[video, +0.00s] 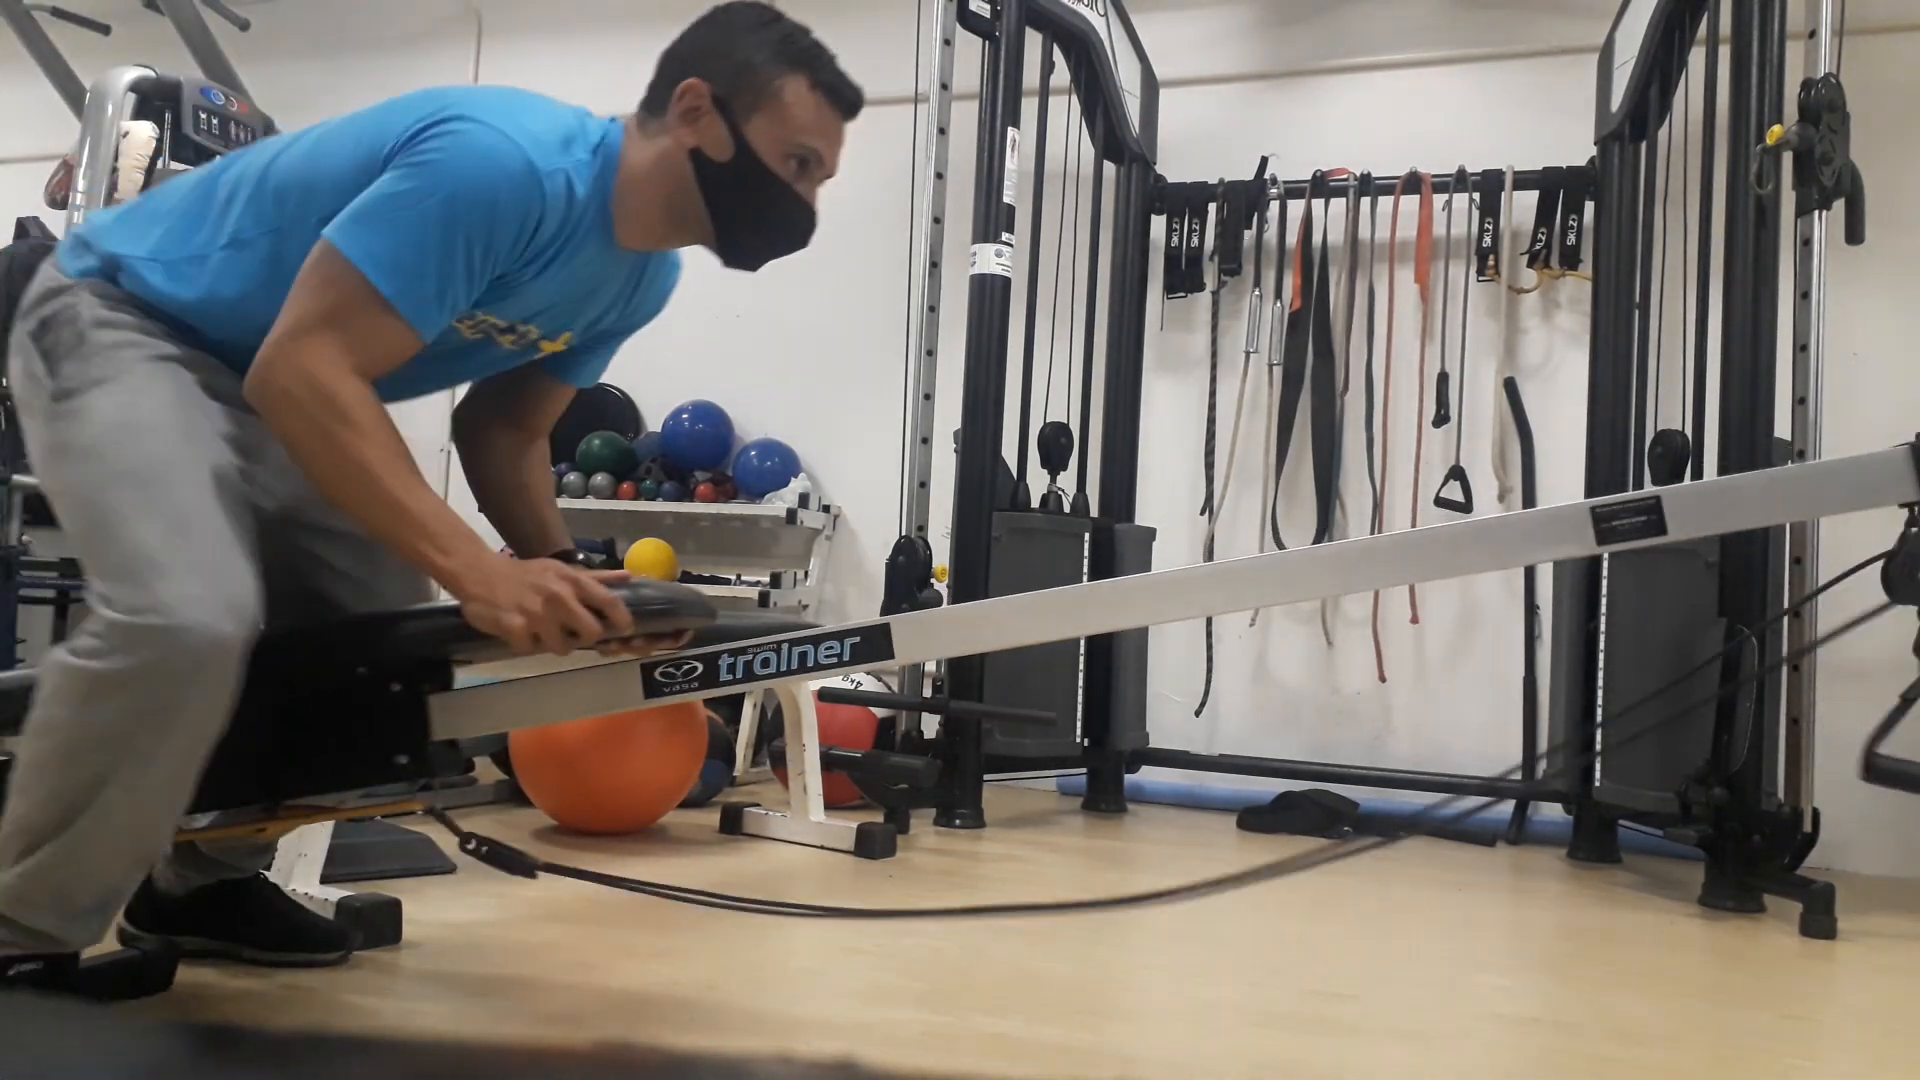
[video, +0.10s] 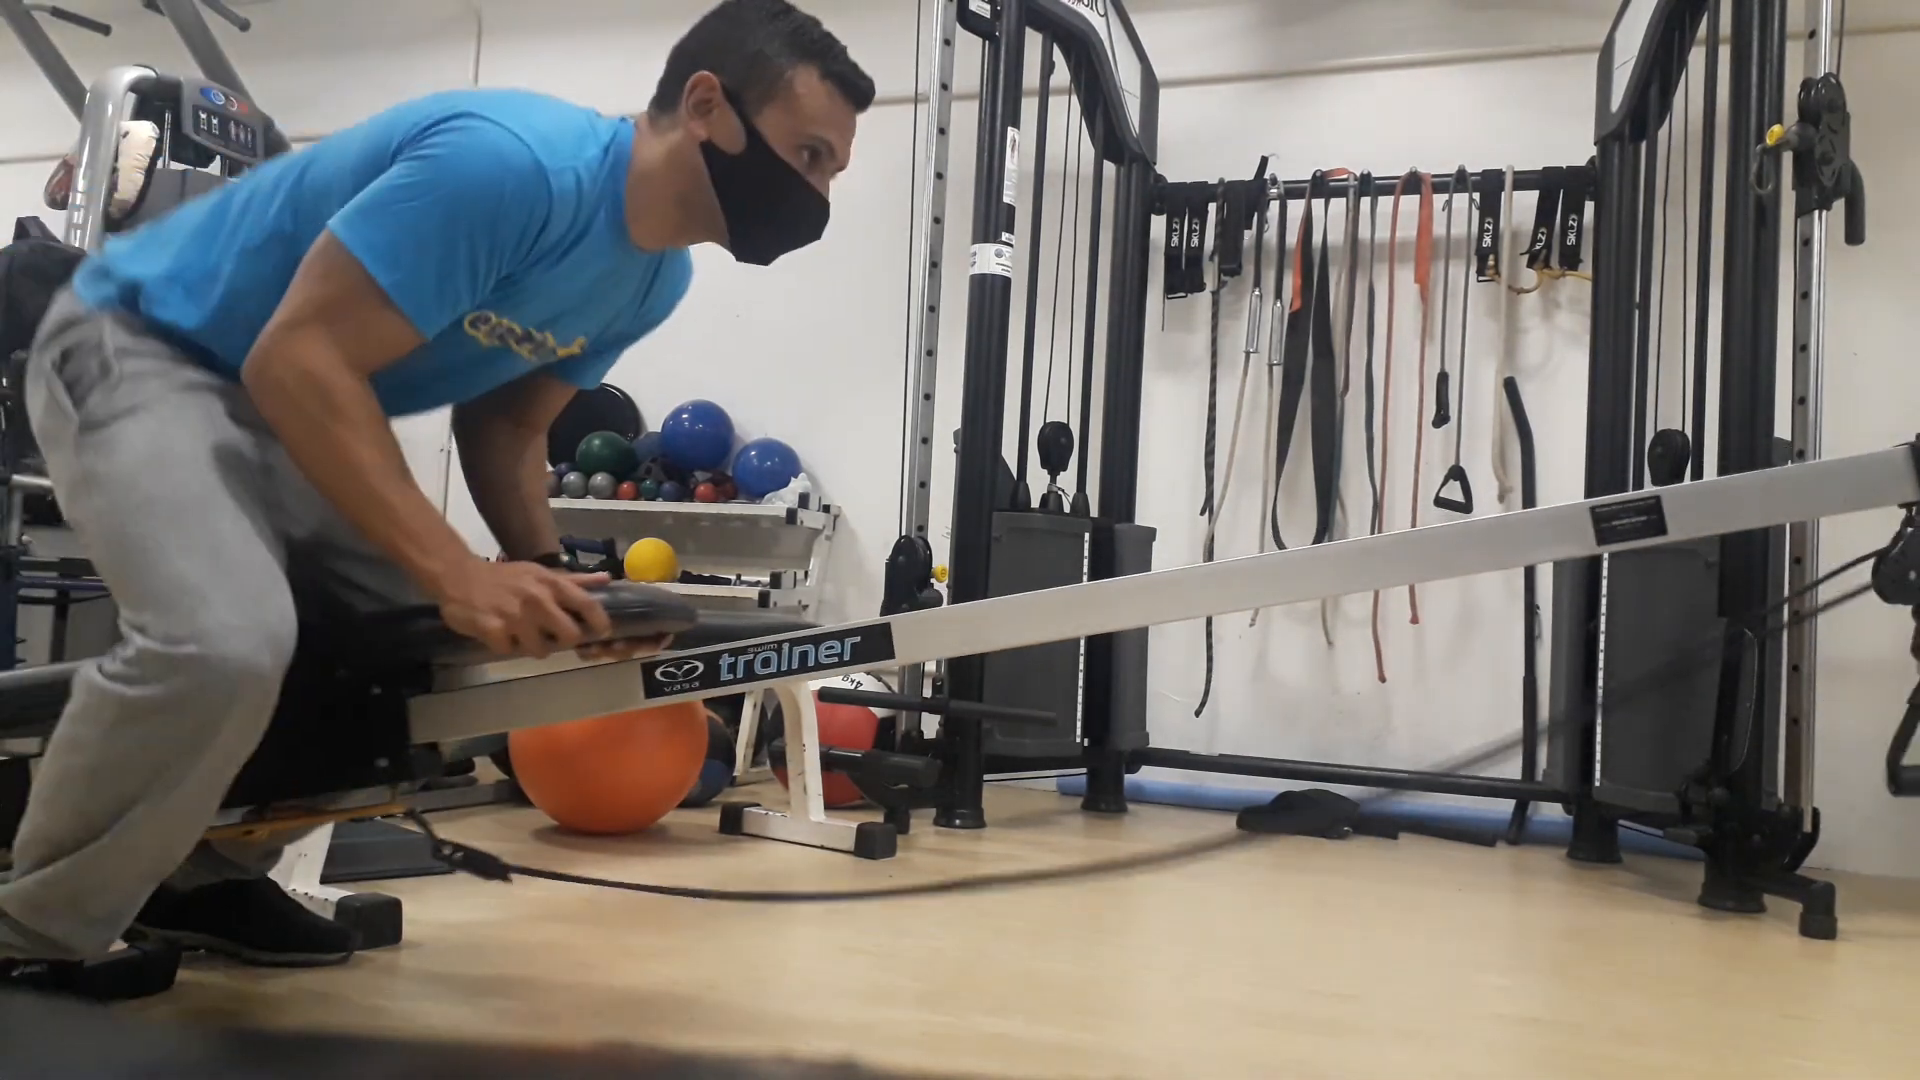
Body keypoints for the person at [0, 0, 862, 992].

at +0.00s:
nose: (812, 202)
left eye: (824, 182)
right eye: (801, 164)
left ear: (700, 127)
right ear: (696, 113)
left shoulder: (644, 275)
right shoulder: (497, 168)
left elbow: (505, 424)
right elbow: (296, 372)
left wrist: (557, 581)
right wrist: (476, 569)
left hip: (274, 384)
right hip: (117, 316)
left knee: (400, 633)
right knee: (190, 616)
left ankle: (206, 870)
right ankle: (25, 929)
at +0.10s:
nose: (825, 192)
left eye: (837, 171)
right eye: (812, 153)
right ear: (708, 106)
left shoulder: (656, 277)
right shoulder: (504, 168)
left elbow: (506, 420)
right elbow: (291, 365)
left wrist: (549, 575)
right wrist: (454, 569)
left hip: (296, 395)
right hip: (137, 343)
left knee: (424, 640)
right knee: (225, 642)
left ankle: (211, 870)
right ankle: (39, 924)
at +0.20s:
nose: (826, 199)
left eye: (837, 179)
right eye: (811, 162)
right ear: (702, 120)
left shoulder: (660, 292)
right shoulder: (502, 188)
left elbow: (501, 427)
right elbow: (279, 370)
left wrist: (533, 570)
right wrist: (441, 574)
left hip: (313, 436)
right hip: (147, 387)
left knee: (462, 660)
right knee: (230, 665)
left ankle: (214, 867)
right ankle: (41, 933)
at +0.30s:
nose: (817, 224)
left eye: (828, 202)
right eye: (803, 186)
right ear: (692, 145)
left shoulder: (656, 315)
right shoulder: (494, 212)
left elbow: (500, 433)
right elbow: (263, 381)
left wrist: (525, 575)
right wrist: (434, 577)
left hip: (317, 471)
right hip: (150, 425)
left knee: (501, 675)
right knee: (246, 682)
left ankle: (219, 873)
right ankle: (47, 936)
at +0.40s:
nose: (809, 238)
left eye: (821, 216)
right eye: (796, 200)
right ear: (684, 160)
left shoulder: (654, 326)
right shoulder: (488, 228)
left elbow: (498, 440)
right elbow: (258, 396)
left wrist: (537, 577)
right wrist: (446, 578)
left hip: (314, 480)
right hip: (146, 433)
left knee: (529, 670)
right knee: (259, 685)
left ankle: (220, 887)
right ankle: (49, 937)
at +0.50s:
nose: (812, 242)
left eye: (826, 220)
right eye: (800, 203)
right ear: (689, 158)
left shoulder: (654, 317)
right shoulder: (494, 220)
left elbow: (502, 438)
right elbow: (266, 393)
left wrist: (541, 580)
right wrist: (458, 577)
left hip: (293, 443)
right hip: (129, 397)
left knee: (441, 657)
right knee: (254, 668)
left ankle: (209, 891)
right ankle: (45, 933)